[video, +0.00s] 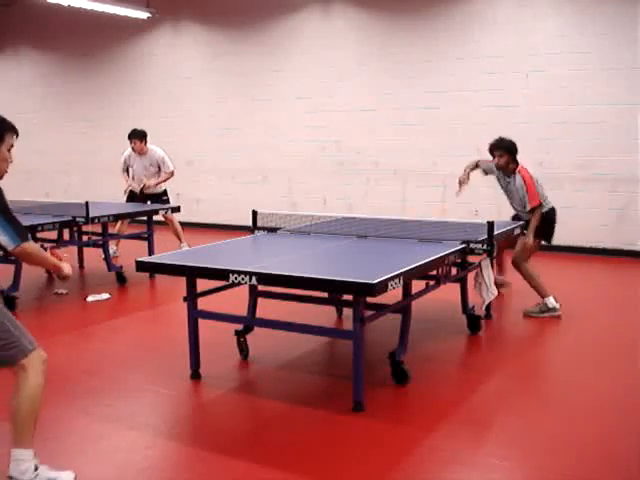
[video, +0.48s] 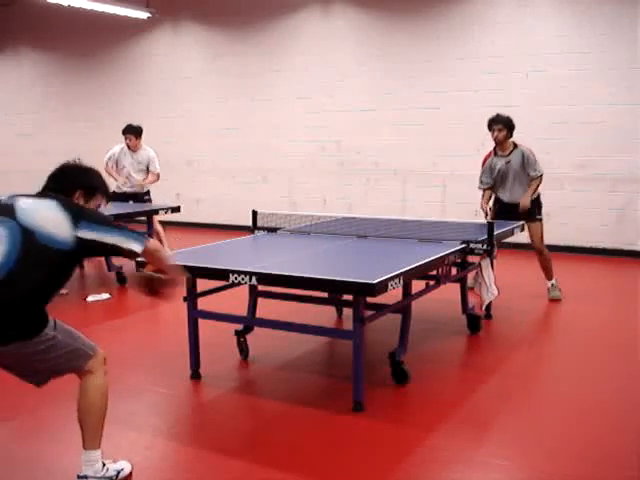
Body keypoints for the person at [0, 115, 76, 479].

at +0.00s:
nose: (10, 159)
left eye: (11, 151)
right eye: (8, 151)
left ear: (3, 150)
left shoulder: (0, 192)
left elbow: (17, 241)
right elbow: (18, 246)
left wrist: (49, 259)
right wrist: (55, 266)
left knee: (30, 359)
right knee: (33, 360)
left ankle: (22, 463)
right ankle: (22, 465)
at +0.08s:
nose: (10, 161)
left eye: (12, 153)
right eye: (8, 152)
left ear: (5, 153)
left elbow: (16, 242)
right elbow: (19, 248)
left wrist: (51, 263)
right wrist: (57, 270)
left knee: (34, 356)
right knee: (37, 357)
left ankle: (30, 459)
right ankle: (31, 460)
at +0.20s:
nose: (32, 169)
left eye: (33, 160)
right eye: (28, 160)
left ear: (6, 159)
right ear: (7, 158)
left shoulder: (3, 192)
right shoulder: (3, 194)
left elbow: (30, 244)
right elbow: (43, 249)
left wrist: (49, 272)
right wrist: (65, 278)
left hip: (2, 307)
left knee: (50, 359)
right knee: (51, 359)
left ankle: (87, 459)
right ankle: (87, 461)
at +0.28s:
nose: (62, 180)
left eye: (63, 171)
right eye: (58, 170)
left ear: (28, 167)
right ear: (37, 168)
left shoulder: (4, 187)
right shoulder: (22, 196)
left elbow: (21, 236)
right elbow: (71, 241)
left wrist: (46, 261)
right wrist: (80, 272)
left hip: (6, 311)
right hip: (6, 313)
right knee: (74, 362)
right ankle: (89, 464)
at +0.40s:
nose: (93, 205)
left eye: (95, 199)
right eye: (92, 197)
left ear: (51, 183)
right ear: (74, 189)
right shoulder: (66, 212)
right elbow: (119, 240)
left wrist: (114, 269)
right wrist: (123, 271)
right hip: (16, 321)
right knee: (92, 362)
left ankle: (91, 463)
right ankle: (92, 465)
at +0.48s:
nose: (96, 214)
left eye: (98, 209)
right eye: (95, 207)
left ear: (50, 189)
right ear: (77, 198)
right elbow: (147, 247)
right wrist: (169, 267)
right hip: (16, 326)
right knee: (93, 363)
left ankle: (92, 463)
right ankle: (93, 465)